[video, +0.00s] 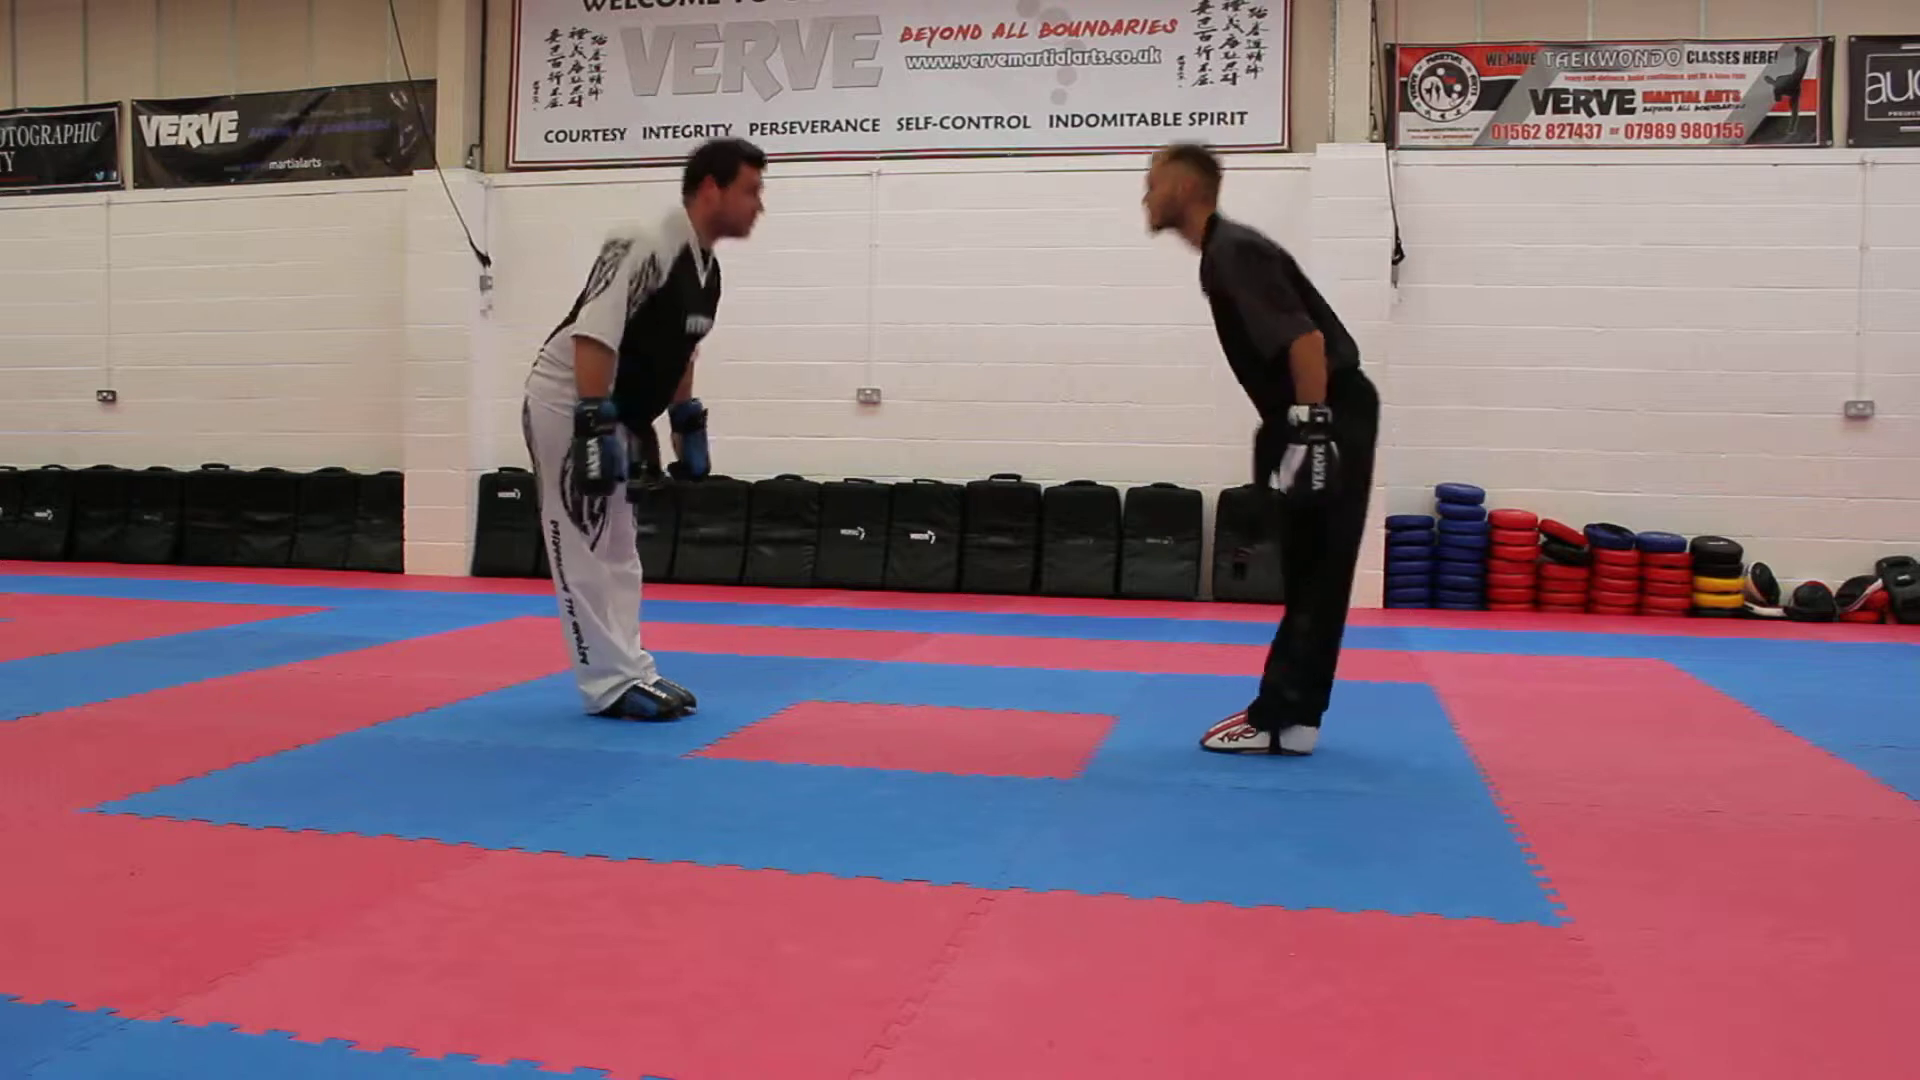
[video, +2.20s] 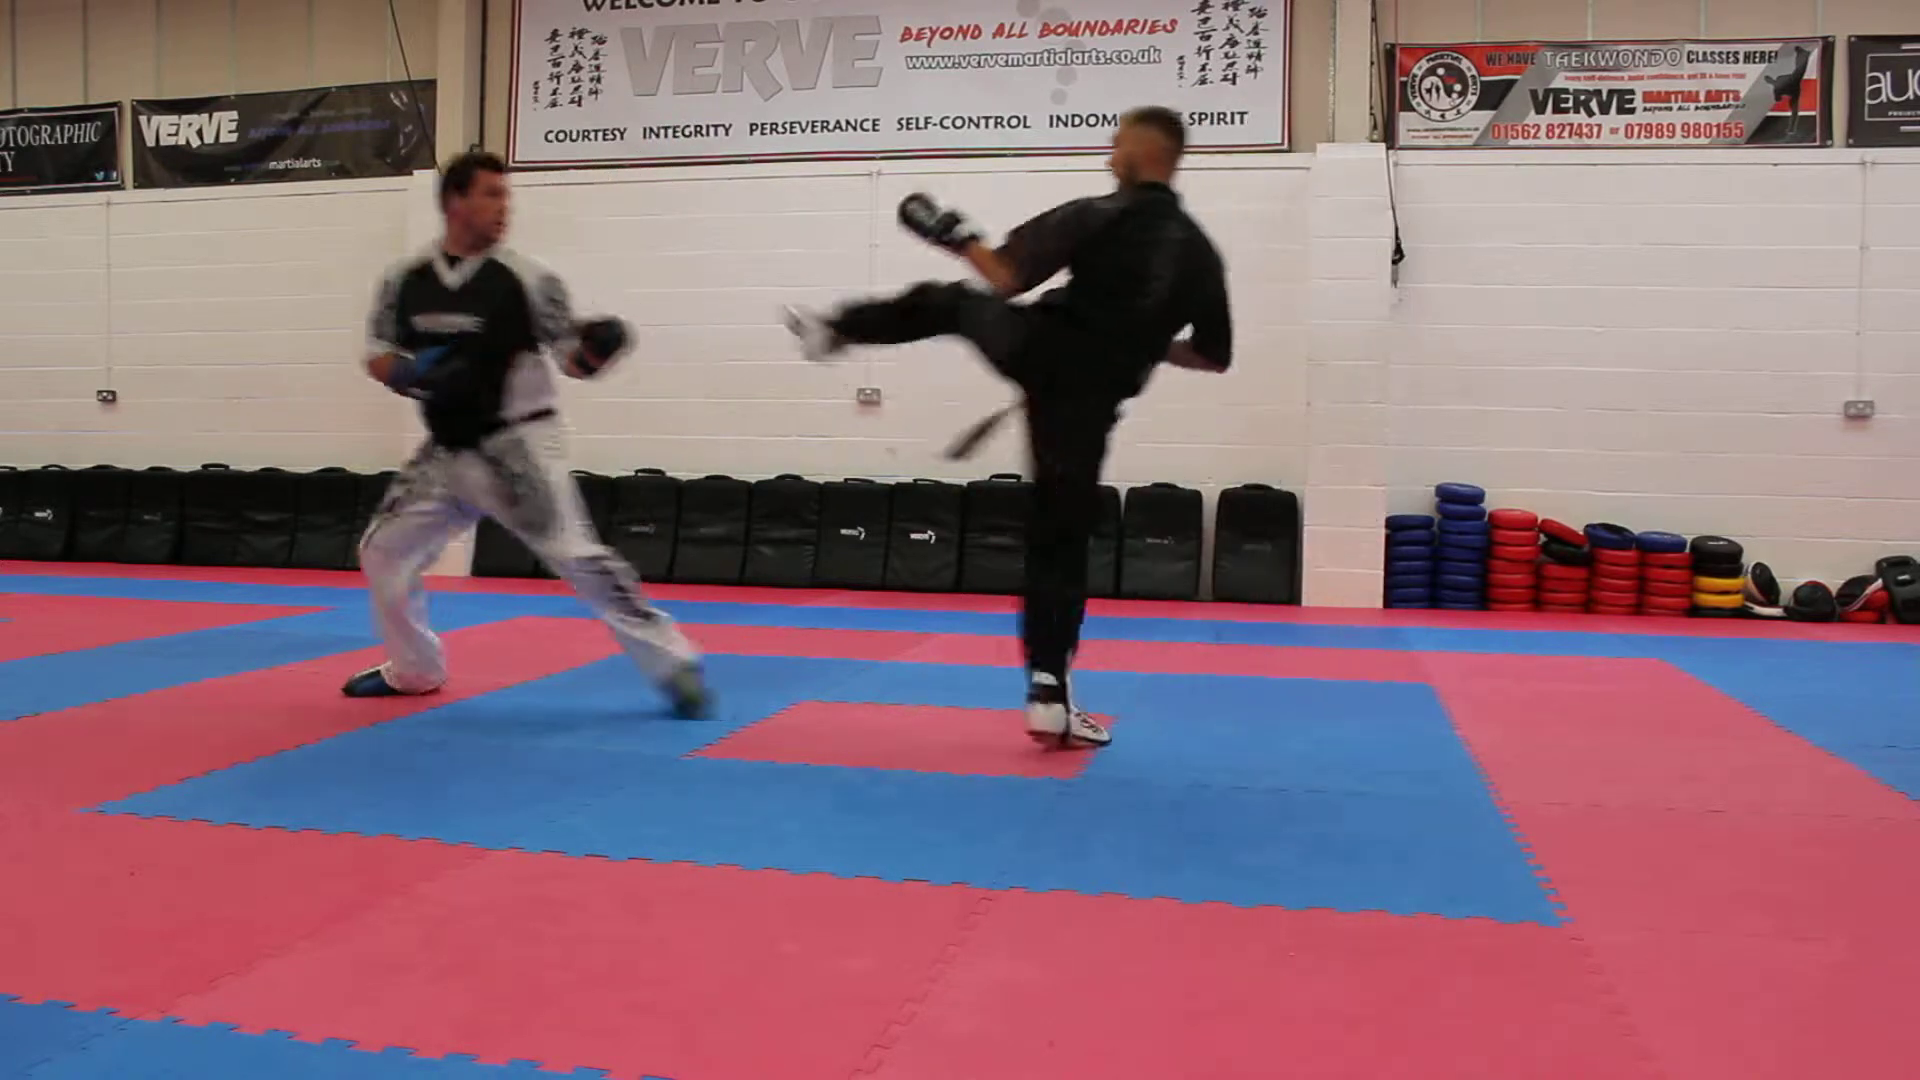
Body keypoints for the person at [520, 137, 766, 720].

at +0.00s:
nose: (760, 204)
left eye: (761, 192)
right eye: (752, 190)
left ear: (718, 192)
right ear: (711, 189)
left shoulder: (707, 270)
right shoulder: (644, 245)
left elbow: (678, 351)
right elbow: (593, 335)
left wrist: (685, 425)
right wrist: (592, 428)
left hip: (617, 410)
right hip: (565, 400)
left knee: (618, 543)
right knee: (581, 541)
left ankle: (631, 672)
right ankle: (607, 682)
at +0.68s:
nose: (701, 152)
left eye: (698, 141)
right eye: (688, 141)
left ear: (660, 152)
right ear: (647, 150)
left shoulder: (680, 239)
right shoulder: (597, 220)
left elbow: (686, 333)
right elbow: (564, 319)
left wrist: (719, 399)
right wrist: (587, 408)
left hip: (652, 415)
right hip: (601, 410)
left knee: (645, 543)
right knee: (605, 542)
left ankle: (633, 668)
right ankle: (606, 681)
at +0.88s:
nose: (676, 146)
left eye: (674, 137)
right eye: (661, 138)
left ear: (658, 151)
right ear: (622, 151)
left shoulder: (684, 249)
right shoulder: (571, 220)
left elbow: (709, 336)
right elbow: (528, 301)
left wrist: (766, 372)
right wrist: (581, 370)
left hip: (629, 408)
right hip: (563, 400)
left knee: (631, 535)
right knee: (578, 533)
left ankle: (629, 674)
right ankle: (601, 679)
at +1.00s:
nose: (660, 148)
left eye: (659, 138)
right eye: (646, 138)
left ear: (646, 152)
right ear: (606, 150)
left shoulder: (670, 247)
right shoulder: (550, 219)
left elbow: (699, 333)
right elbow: (507, 291)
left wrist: (754, 353)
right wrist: (580, 332)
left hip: (613, 416)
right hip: (540, 410)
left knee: (623, 549)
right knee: (532, 548)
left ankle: (627, 679)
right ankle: (506, 677)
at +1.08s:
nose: (643, 154)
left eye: (642, 143)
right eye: (630, 143)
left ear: (622, 154)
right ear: (588, 152)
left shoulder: (653, 248)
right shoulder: (533, 218)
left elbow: (674, 332)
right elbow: (502, 300)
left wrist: (729, 350)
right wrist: (578, 316)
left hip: (607, 419)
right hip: (529, 417)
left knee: (645, 535)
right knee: (489, 545)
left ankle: (643, 671)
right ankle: (441, 665)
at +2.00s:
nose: (593, 214)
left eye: (593, 203)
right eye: (581, 203)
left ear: (581, 208)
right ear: (539, 209)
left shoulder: (613, 294)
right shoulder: (481, 283)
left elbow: (648, 374)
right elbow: (451, 369)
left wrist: (690, 374)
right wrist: (508, 376)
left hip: (591, 460)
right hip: (506, 462)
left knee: (652, 563)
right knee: (434, 560)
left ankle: (703, 677)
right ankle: (401, 666)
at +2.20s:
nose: (504, 208)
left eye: (506, 197)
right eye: (491, 196)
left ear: (503, 204)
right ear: (453, 203)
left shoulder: (528, 282)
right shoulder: (405, 284)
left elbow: (571, 361)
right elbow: (378, 358)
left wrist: (596, 350)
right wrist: (417, 374)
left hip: (520, 444)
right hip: (447, 451)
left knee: (577, 557)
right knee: (382, 554)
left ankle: (676, 669)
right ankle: (415, 669)